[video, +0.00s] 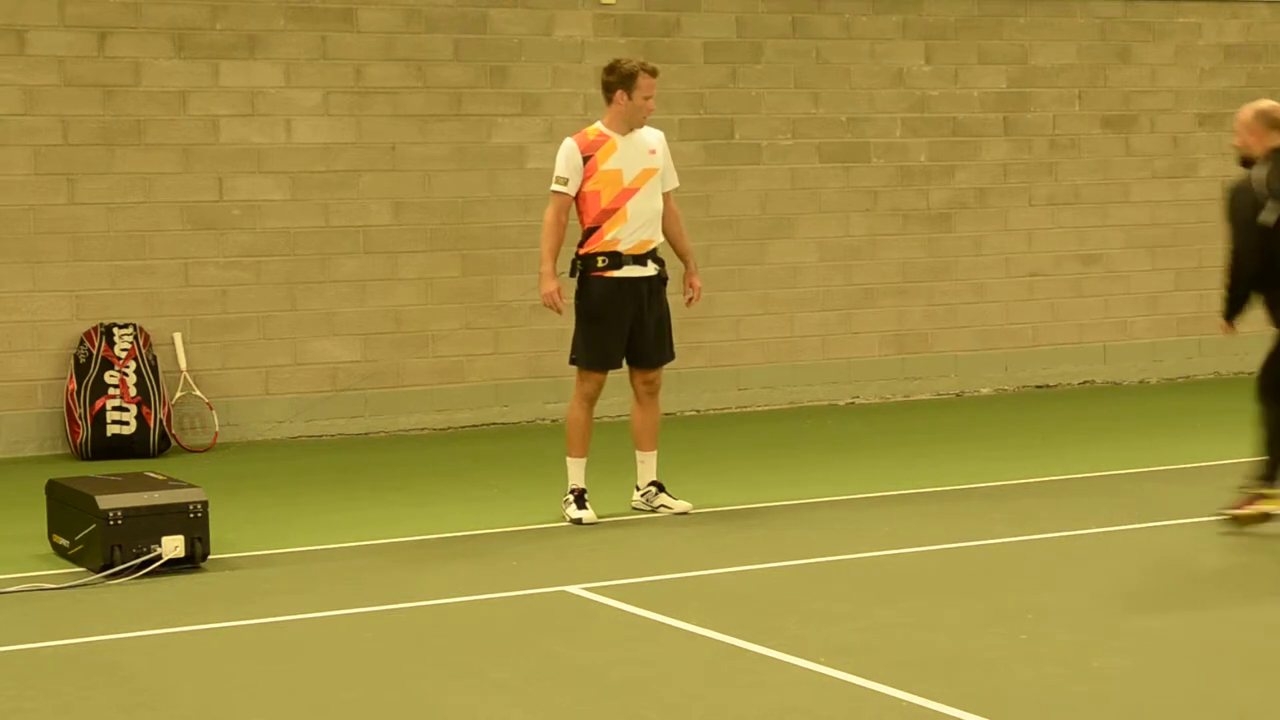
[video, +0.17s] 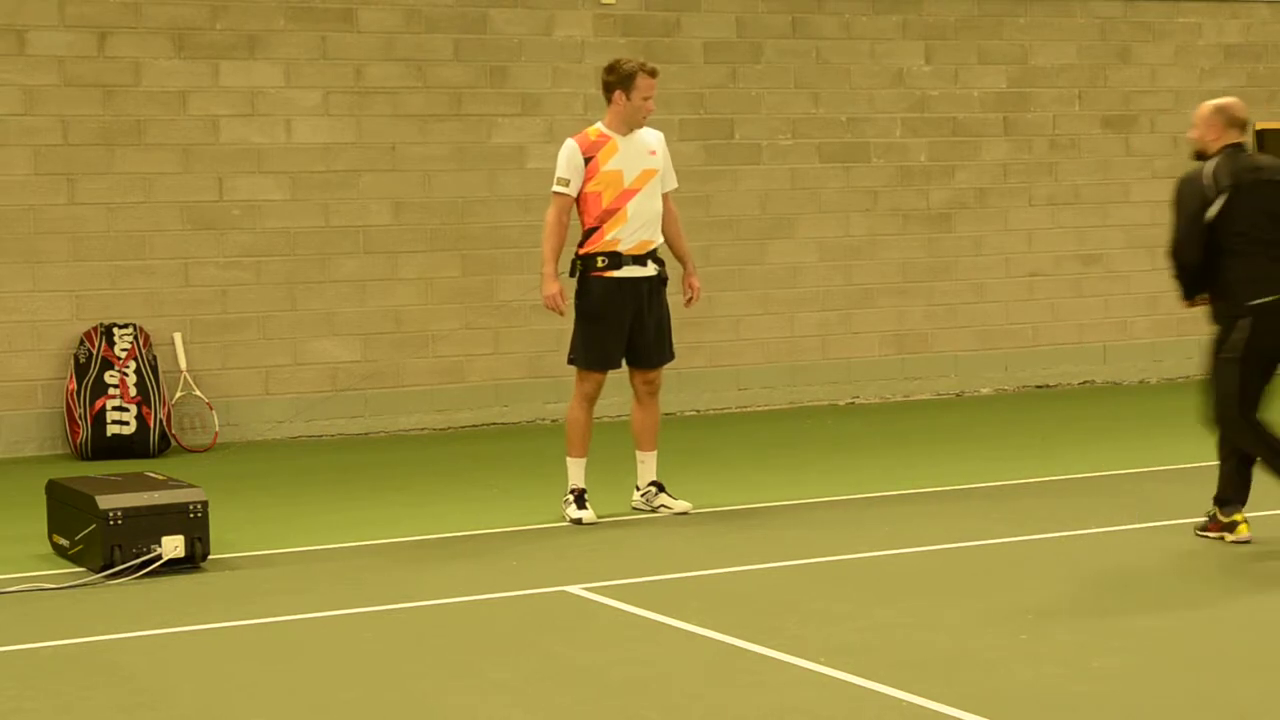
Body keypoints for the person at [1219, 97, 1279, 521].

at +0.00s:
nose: (1235, 140)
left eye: (1241, 133)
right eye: (1237, 132)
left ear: (1262, 135)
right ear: (1269, 133)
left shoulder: (1254, 186)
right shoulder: (1258, 183)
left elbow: (1246, 255)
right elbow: (1246, 256)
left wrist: (1232, 308)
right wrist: (1233, 307)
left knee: (1271, 382)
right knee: (1272, 383)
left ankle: (1269, 481)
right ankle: (1268, 480)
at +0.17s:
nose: (1191, 136)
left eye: (1197, 128)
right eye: (1193, 127)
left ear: (1219, 131)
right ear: (1238, 130)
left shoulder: (1201, 179)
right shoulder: (1273, 169)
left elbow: (1188, 247)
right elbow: (1273, 235)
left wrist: (1194, 289)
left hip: (1245, 311)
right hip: (1277, 305)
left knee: (1231, 412)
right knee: (1240, 410)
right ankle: (1228, 513)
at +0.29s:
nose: (1155, 142)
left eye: (1161, 134)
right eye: (1157, 133)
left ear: (1183, 138)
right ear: (1199, 140)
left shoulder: (1167, 187)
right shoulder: (1245, 182)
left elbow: (1162, 258)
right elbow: (1273, 244)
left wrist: (1147, 305)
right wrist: (1257, 281)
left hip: (1210, 314)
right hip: (1259, 310)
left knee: (1153, 406)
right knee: (1215, 404)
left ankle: (1225, 481)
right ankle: (1225, 512)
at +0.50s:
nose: (1085, 147)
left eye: (1091, 139)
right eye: (1087, 138)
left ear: (1113, 144)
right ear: (1129, 145)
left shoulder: (1098, 194)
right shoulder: (1173, 191)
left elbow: (1101, 261)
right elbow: (1198, 264)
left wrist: (1077, 317)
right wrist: (1166, 293)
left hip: (1129, 329)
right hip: (1181, 324)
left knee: (1080, 419)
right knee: (1180, 412)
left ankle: (1063, 531)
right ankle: (1222, 513)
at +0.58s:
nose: (1056, 143)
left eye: (1062, 135)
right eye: (1059, 134)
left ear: (1084, 141)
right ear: (1101, 141)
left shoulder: (1068, 193)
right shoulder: (1142, 191)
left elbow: (1067, 261)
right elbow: (1168, 266)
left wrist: (1047, 317)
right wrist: (1132, 290)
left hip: (1093, 331)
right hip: (1145, 327)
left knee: (1049, 431)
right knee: (1156, 415)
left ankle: (1065, 540)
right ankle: (1205, 505)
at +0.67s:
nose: (1030, 131)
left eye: (1037, 123)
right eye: (1033, 122)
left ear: (1056, 130)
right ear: (1076, 131)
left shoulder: (1040, 184)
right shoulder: (1117, 182)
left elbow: (1036, 251)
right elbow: (1144, 254)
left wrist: (1015, 303)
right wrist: (1108, 282)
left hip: (1065, 325)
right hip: (1117, 321)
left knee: (1036, 430)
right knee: (1117, 413)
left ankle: (1064, 539)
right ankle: (1162, 509)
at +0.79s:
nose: (1001, 108)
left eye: (1004, 100)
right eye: (1003, 99)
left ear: (1020, 104)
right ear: (1047, 104)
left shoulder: (1005, 156)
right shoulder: (1089, 154)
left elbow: (1002, 220)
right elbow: (1119, 227)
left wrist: (980, 275)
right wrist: (1087, 262)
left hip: (1032, 297)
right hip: (1086, 293)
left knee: (1014, 404)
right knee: (1056, 399)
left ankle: (1040, 524)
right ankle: (1067, 507)